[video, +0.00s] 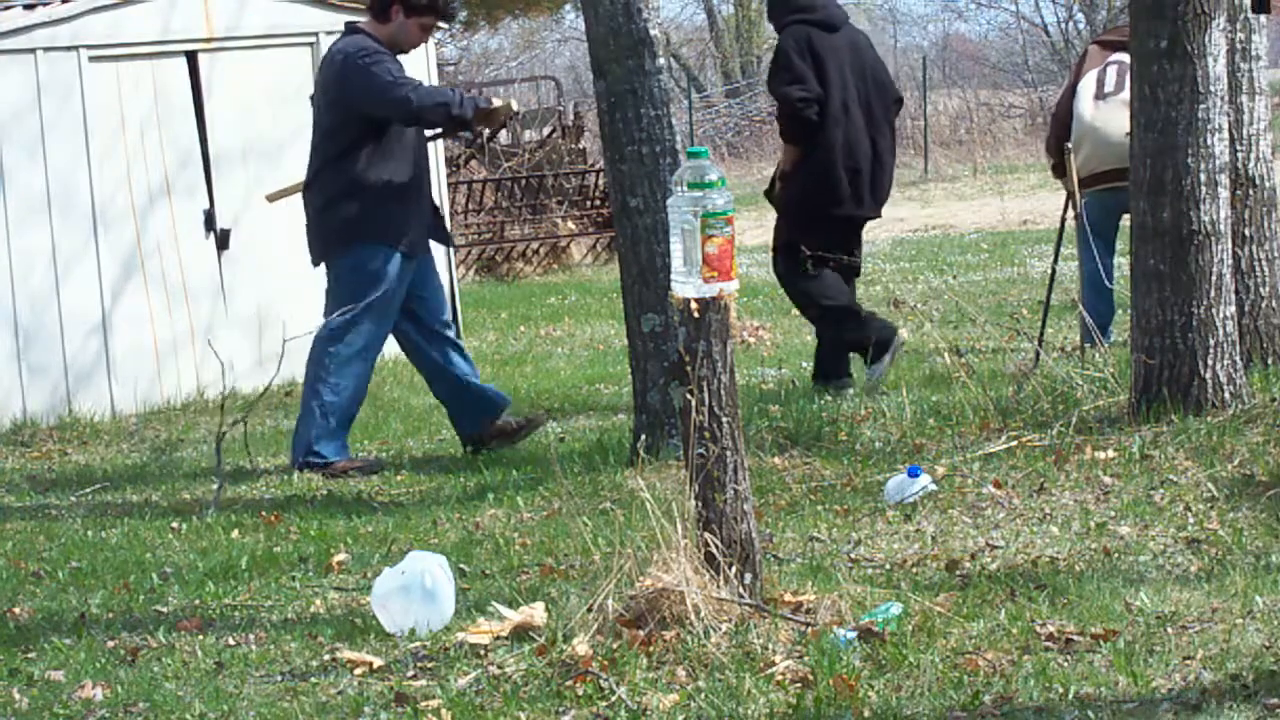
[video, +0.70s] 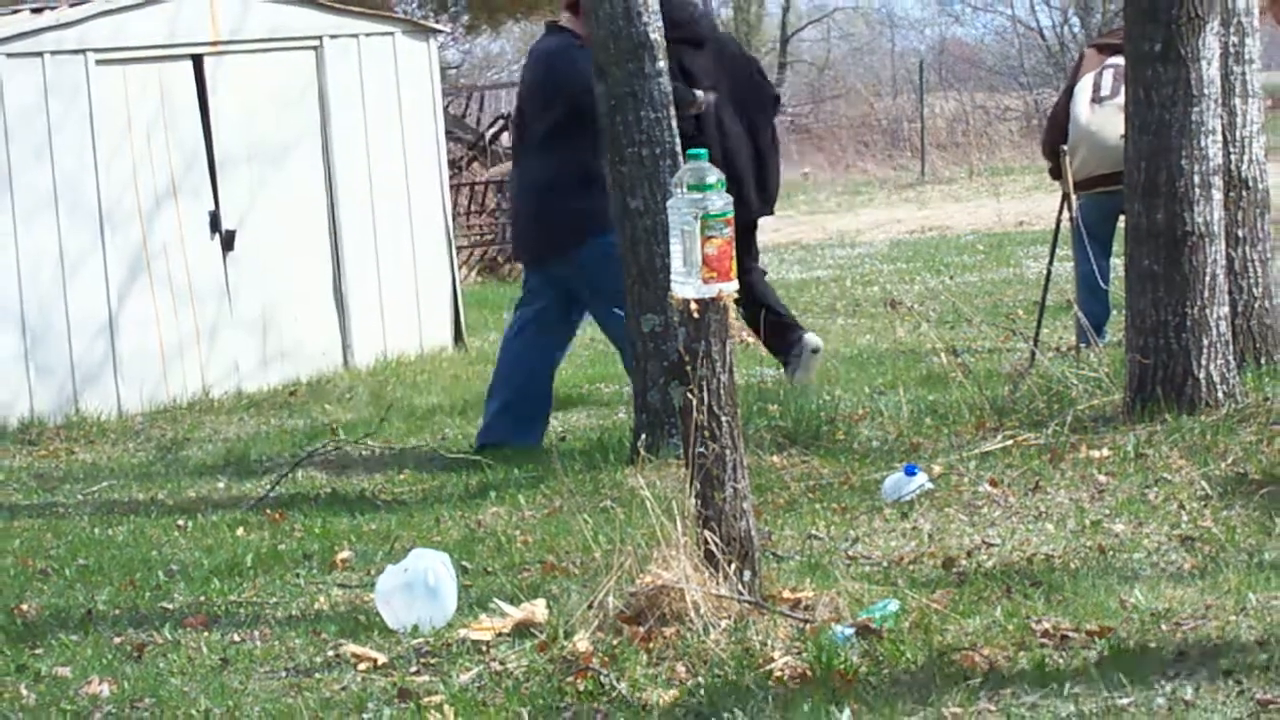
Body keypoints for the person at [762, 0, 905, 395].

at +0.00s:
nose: (770, 18)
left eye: (772, 11)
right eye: (770, 12)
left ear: (784, 8)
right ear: (823, 3)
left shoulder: (794, 40)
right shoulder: (857, 38)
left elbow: (800, 106)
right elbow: (890, 98)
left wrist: (788, 160)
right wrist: (867, 146)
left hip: (817, 176)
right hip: (863, 172)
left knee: (793, 264)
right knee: (840, 270)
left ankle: (875, 336)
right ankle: (831, 376)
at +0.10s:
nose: (757, 15)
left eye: (759, 10)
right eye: (758, 11)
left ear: (768, 8)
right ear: (811, 3)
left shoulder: (778, 38)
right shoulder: (842, 37)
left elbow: (783, 103)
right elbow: (877, 96)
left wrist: (769, 160)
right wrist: (849, 140)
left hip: (799, 174)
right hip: (848, 170)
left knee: (765, 254)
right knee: (832, 265)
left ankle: (830, 343)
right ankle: (833, 367)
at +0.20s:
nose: (741, 16)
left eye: (743, 11)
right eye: (742, 12)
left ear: (753, 8)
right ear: (798, 3)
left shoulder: (761, 40)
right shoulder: (829, 39)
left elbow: (766, 106)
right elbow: (863, 97)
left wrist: (753, 161)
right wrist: (833, 139)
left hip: (779, 178)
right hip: (832, 173)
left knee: (756, 264)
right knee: (824, 272)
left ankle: (780, 366)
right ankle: (833, 373)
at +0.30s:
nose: (725, 18)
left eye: (727, 13)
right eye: (726, 14)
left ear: (736, 11)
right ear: (781, 5)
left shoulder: (742, 45)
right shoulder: (815, 41)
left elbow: (749, 110)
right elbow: (848, 100)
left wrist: (741, 157)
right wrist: (814, 137)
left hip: (764, 185)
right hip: (816, 178)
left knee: (749, 285)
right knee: (816, 280)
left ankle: (735, 375)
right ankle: (831, 374)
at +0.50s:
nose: (686, 26)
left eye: (687, 19)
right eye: (687, 20)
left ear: (695, 18)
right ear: (738, 8)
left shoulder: (705, 55)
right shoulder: (774, 45)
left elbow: (713, 118)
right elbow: (813, 103)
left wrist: (708, 169)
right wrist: (777, 136)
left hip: (736, 191)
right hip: (788, 181)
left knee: (729, 292)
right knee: (797, 278)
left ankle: (710, 380)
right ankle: (830, 372)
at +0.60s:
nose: (658, 29)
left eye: (659, 21)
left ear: (668, 21)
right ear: (709, 10)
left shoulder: (678, 58)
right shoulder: (745, 44)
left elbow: (692, 120)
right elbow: (788, 99)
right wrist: (756, 137)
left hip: (709, 192)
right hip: (763, 180)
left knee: (705, 285)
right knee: (773, 273)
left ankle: (702, 381)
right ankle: (819, 360)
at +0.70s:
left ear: (656, 20)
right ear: (700, 13)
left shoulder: (653, 57)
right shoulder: (728, 50)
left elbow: (676, 102)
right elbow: (767, 99)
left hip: (676, 184)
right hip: (738, 175)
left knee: (678, 278)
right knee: (745, 268)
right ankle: (793, 342)